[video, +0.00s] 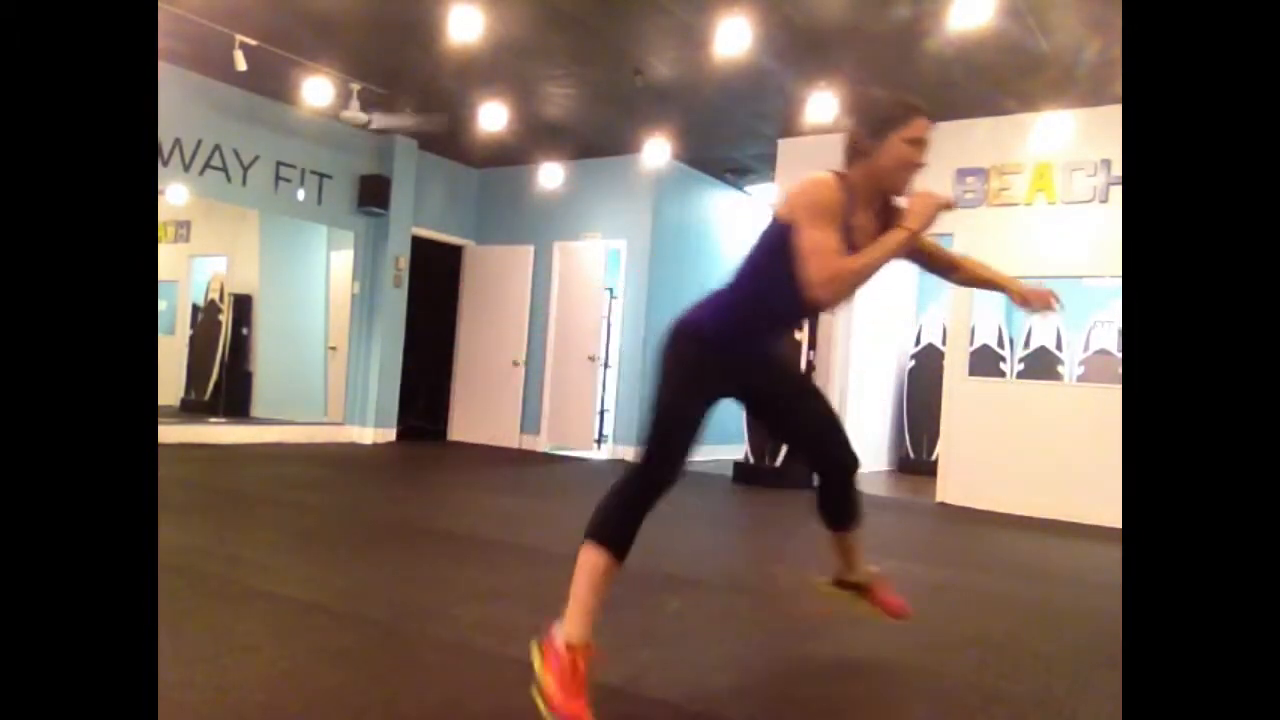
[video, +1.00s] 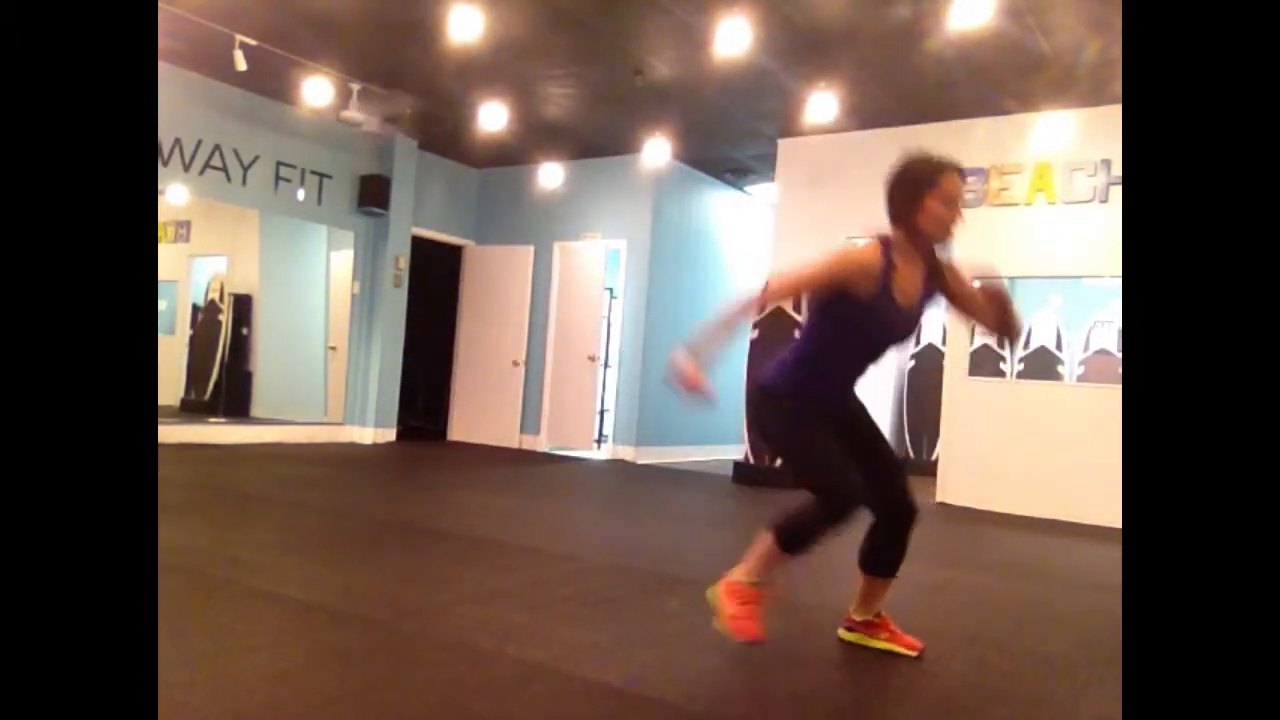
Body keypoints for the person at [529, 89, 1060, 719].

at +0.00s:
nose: (921, 157)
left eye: (924, 147)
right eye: (912, 144)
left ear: (901, 153)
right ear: (869, 142)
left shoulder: (887, 217)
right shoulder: (815, 194)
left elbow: (942, 264)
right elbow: (821, 285)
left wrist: (1012, 287)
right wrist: (907, 232)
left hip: (766, 353)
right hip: (705, 343)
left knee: (835, 458)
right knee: (655, 470)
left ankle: (851, 573)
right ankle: (567, 640)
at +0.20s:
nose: (970, 237)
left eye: (972, 227)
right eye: (963, 225)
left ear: (941, 232)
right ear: (928, 225)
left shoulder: (919, 288)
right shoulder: (888, 287)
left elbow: (905, 370)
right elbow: (917, 379)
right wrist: (963, 319)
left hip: (825, 405)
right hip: (781, 401)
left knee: (896, 510)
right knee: (758, 523)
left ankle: (864, 615)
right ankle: (646, 511)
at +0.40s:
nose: (1006, 300)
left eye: (1006, 289)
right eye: (998, 288)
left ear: (964, 293)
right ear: (965, 291)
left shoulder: (926, 331)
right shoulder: (930, 348)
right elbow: (963, 449)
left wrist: (802, 376)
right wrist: (1005, 382)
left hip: (846, 434)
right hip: (799, 437)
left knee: (919, 515)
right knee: (812, 562)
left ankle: (863, 617)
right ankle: (730, 501)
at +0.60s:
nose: (1010, 316)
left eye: (1010, 305)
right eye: (1001, 305)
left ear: (972, 311)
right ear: (965, 307)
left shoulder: (936, 345)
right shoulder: (933, 361)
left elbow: (860, 355)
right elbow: (963, 465)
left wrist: (795, 360)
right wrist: (1007, 398)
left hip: (853, 437)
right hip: (801, 443)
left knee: (924, 515)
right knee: (819, 561)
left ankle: (865, 615)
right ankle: (761, 512)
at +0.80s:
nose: (995, 278)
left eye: (995, 268)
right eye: (986, 267)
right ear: (953, 269)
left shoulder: (935, 324)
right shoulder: (915, 323)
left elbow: (883, 403)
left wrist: (903, 457)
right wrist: (952, 422)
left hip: (846, 427)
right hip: (797, 430)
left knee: (913, 510)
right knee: (844, 548)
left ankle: (864, 614)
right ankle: (780, 530)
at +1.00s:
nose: (957, 215)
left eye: (959, 204)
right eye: (948, 202)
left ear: (931, 210)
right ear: (914, 204)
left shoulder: (935, 272)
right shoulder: (864, 261)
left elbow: (1001, 328)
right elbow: (767, 295)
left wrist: (998, 302)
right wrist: (697, 353)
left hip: (836, 398)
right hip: (785, 395)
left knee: (896, 506)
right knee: (840, 494)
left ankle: (864, 616)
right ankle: (739, 583)